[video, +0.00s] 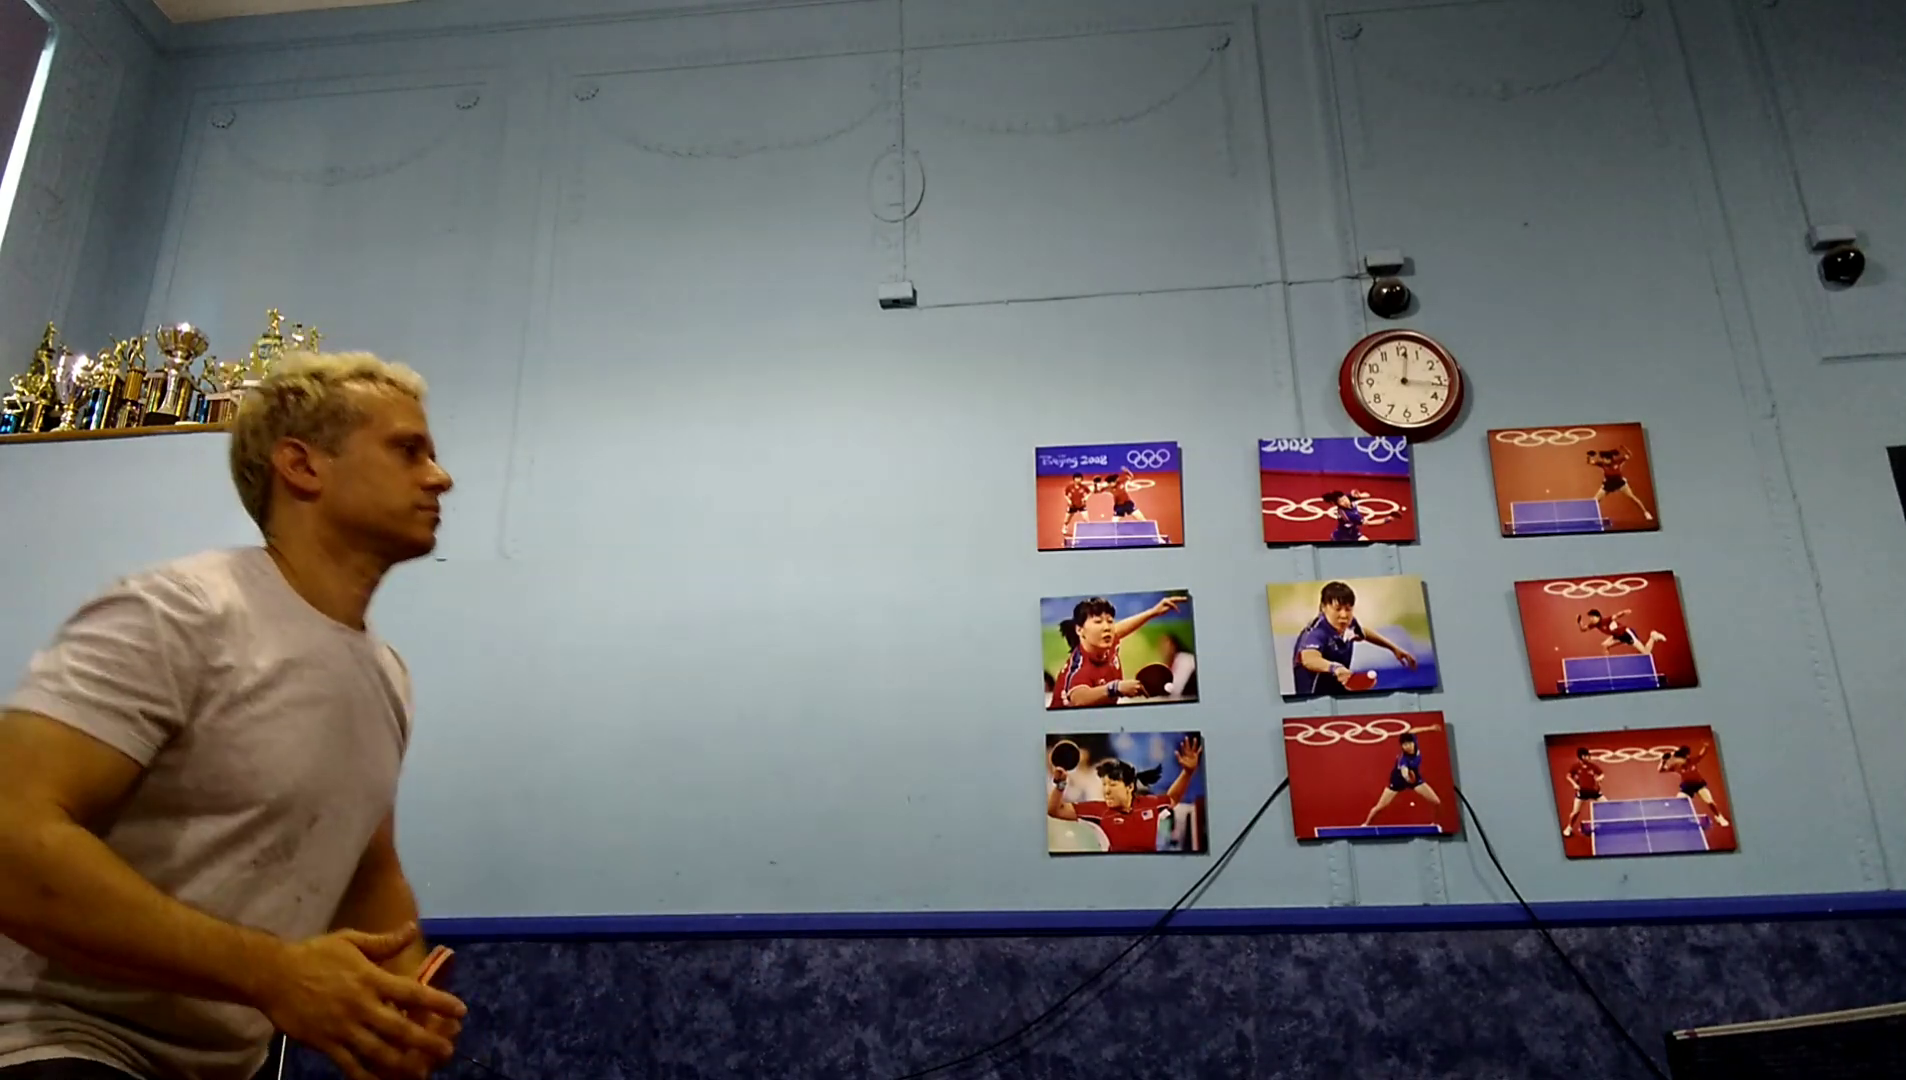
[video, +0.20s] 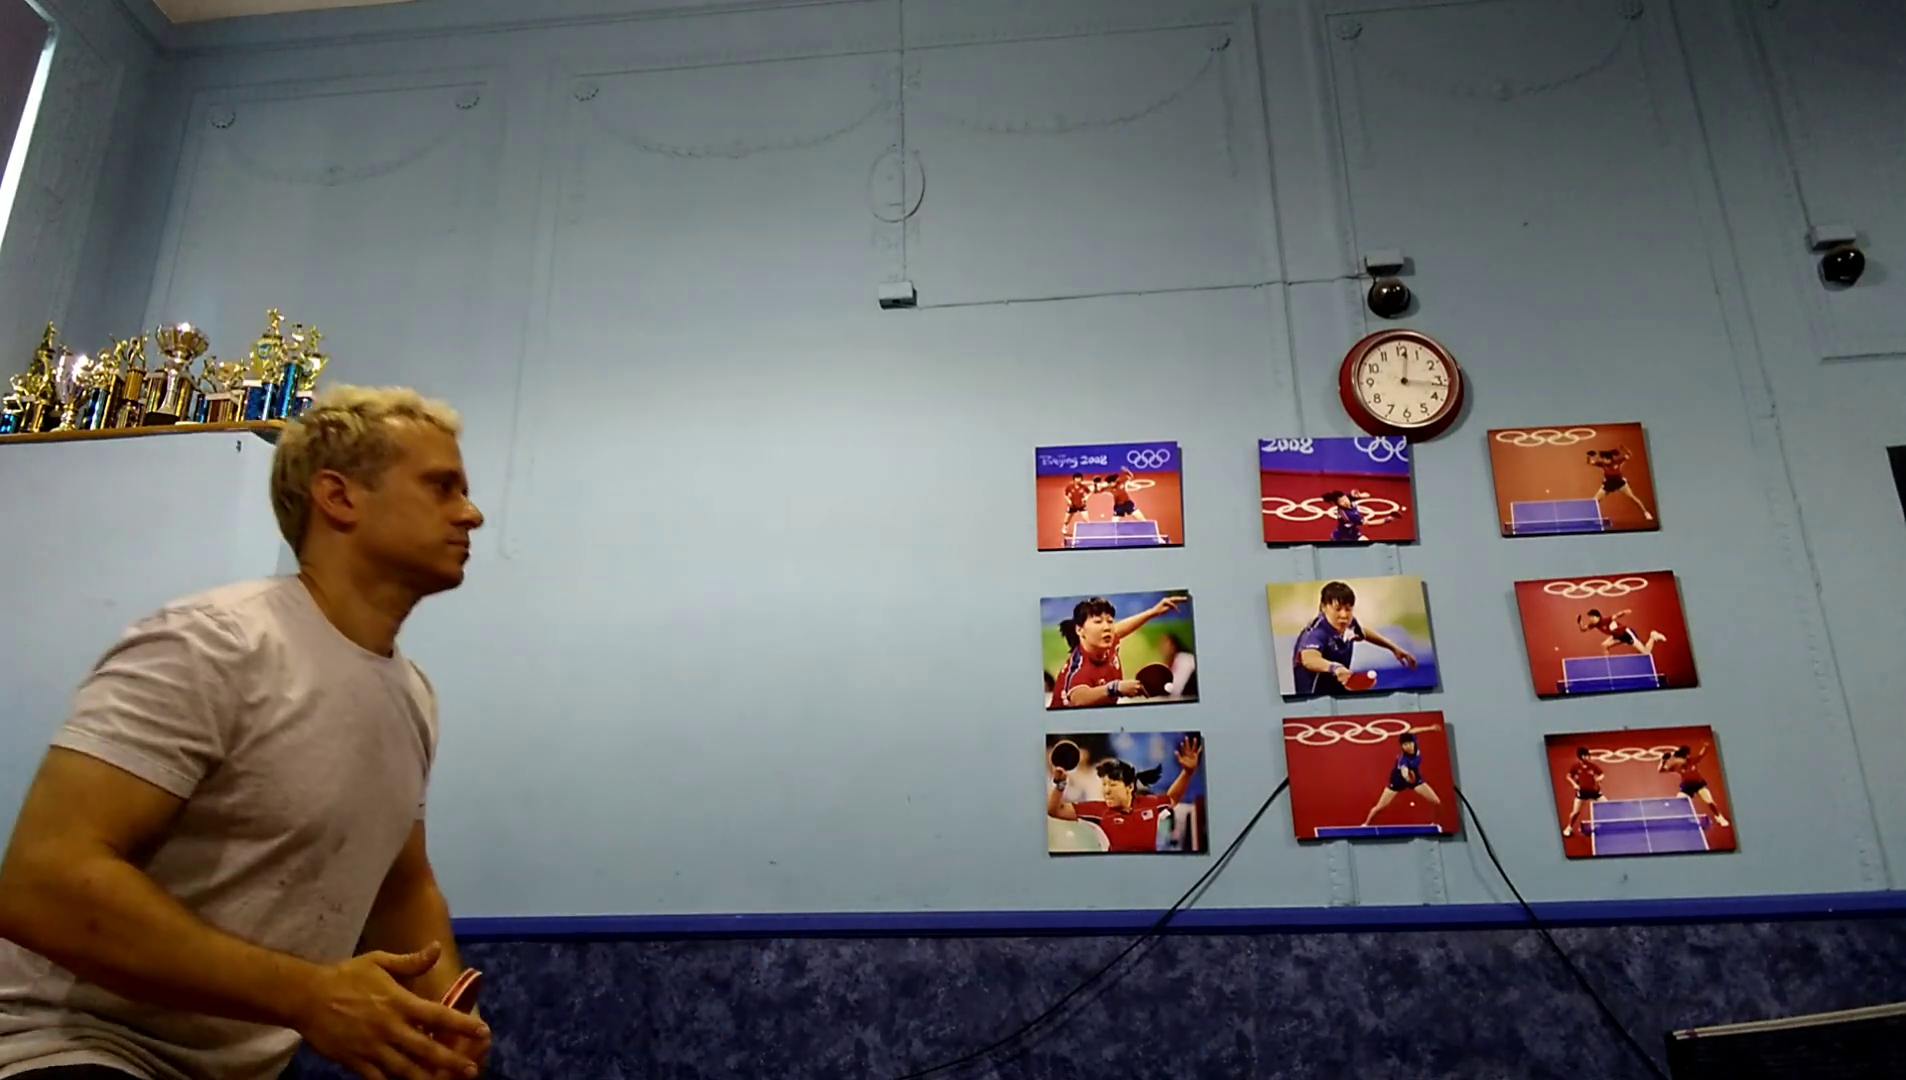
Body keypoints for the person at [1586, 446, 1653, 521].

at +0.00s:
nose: (1605, 461)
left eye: (1606, 460)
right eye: (1603, 460)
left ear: (1609, 459)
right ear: (1603, 459)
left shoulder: (1617, 461)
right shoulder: (1602, 464)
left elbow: (1628, 457)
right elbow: (1590, 463)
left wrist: (1624, 449)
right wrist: (1590, 457)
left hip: (1620, 482)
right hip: (1608, 482)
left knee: (1632, 497)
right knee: (1595, 499)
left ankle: (1645, 512)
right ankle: (1593, 519)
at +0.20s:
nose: (1605, 461)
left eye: (1606, 460)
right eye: (1603, 460)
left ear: (1610, 459)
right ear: (1603, 459)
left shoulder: (1617, 461)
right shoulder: (1602, 464)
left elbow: (1629, 457)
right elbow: (1590, 463)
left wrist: (1624, 449)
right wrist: (1589, 457)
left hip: (1620, 482)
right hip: (1608, 483)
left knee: (1632, 497)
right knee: (1595, 499)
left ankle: (1645, 512)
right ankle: (1592, 519)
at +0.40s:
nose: (1604, 461)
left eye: (1606, 459)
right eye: (1603, 459)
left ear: (1609, 459)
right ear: (1603, 459)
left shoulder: (1617, 462)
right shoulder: (1602, 464)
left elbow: (1629, 456)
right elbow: (1590, 463)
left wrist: (1624, 449)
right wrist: (1589, 457)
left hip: (1620, 482)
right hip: (1608, 483)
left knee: (1632, 497)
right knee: (1595, 499)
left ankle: (1645, 512)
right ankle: (1591, 519)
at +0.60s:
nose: (1605, 461)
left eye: (1606, 460)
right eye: (1603, 460)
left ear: (1609, 459)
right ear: (1603, 459)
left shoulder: (1617, 461)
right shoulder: (1602, 464)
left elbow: (1628, 457)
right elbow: (1590, 463)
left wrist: (1624, 449)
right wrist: (1590, 457)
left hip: (1620, 482)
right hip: (1608, 482)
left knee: (1632, 497)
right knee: (1595, 499)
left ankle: (1645, 512)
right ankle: (1593, 519)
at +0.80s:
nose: (1605, 461)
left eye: (1606, 460)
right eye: (1603, 460)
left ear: (1609, 459)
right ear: (1603, 459)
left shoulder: (1617, 461)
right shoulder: (1602, 464)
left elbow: (1628, 457)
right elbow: (1590, 463)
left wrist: (1624, 449)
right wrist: (1590, 457)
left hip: (1620, 482)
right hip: (1608, 482)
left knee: (1632, 497)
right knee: (1595, 499)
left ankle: (1645, 512)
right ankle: (1593, 519)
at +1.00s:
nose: (1605, 461)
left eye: (1606, 460)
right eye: (1603, 460)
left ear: (1610, 459)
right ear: (1603, 459)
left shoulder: (1617, 461)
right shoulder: (1602, 464)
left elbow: (1628, 457)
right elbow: (1590, 463)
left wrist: (1624, 449)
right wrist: (1590, 457)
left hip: (1620, 482)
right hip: (1608, 482)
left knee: (1632, 497)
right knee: (1596, 499)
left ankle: (1645, 512)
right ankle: (1593, 519)